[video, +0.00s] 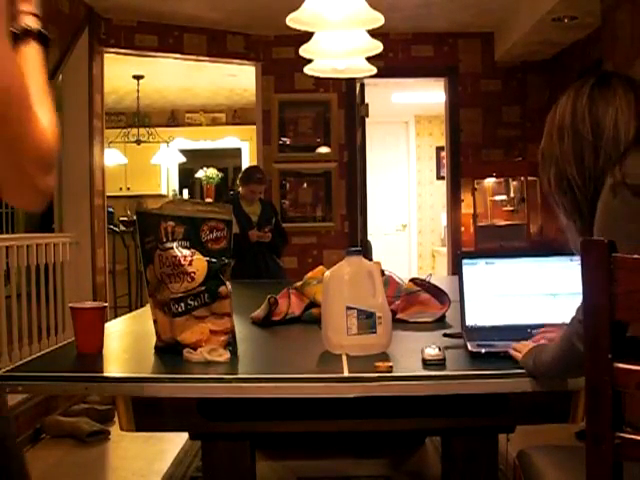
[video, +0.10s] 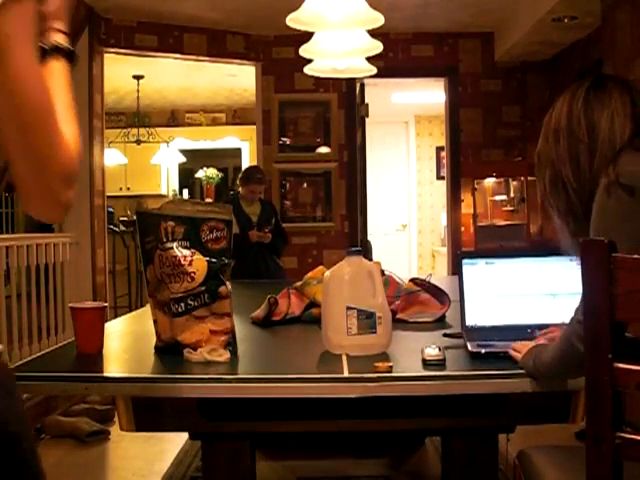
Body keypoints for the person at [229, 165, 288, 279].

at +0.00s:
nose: (256, 197)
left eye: (260, 193)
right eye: (252, 192)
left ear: (264, 190)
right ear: (241, 186)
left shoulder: (268, 207)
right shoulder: (230, 206)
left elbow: (283, 238)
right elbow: (226, 241)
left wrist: (271, 238)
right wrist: (247, 237)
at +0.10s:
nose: (256, 197)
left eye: (260, 193)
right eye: (252, 192)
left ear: (264, 190)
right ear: (241, 186)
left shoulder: (268, 207)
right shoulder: (230, 206)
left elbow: (283, 239)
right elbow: (226, 242)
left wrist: (270, 239)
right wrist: (247, 238)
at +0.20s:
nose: (256, 197)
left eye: (260, 193)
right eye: (252, 192)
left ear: (264, 189)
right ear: (241, 187)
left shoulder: (268, 207)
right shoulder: (230, 206)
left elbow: (283, 239)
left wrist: (271, 239)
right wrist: (247, 238)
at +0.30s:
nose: (256, 197)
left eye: (260, 193)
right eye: (252, 192)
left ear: (264, 189)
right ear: (241, 187)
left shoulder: (268, 207)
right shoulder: (230, 206)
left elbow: (283, 238)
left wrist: (270, 239)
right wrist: (247, 238)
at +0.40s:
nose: (255, 197)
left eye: (260, 193)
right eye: (251, 192)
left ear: (264, 189)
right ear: (241, 187)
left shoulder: (268, 206)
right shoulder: (230, 206)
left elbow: (282, 238)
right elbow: (225, 241)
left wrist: (270, 239)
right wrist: (247, 238)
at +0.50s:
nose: (256, 197)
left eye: (260, 193)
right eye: (251, 193)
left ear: (264, 189)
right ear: (241, 187)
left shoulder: (267, 206)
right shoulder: (230, 206)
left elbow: (282, 237)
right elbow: (225, 241)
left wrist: (270, 238)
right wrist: (247, 238)